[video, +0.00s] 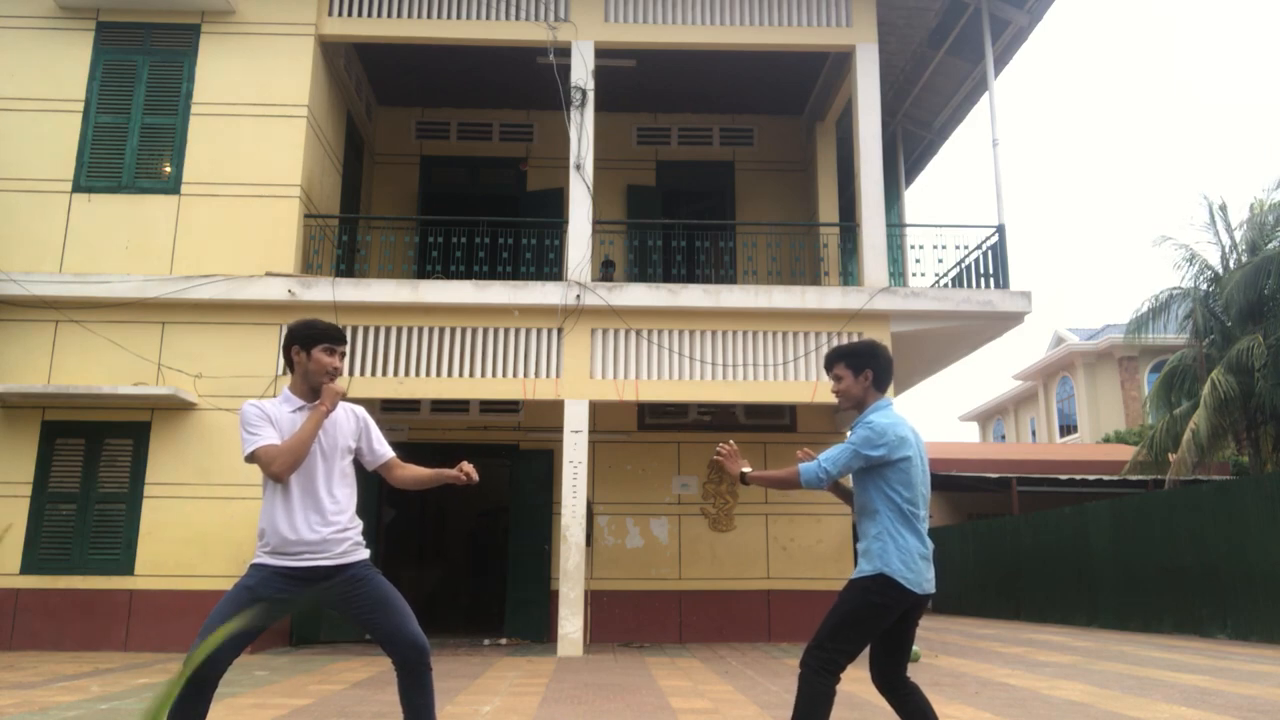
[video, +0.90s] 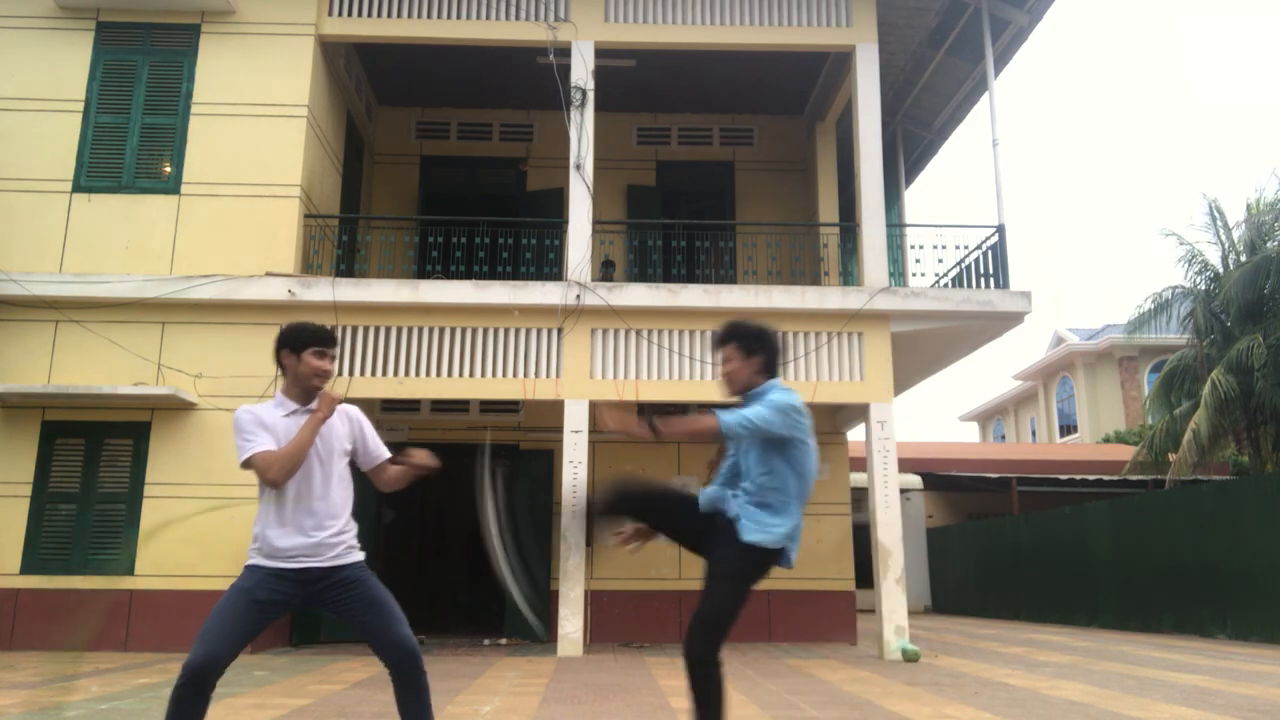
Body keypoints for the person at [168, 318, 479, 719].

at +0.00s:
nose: (337, 364)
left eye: (340, 356)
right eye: (327, 354)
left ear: (344, 361)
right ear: (295, 356)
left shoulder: (352, 416)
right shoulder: (258, 411)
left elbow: (396, 471)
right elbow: (277, 467)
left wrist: (448, 475)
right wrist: (323, 409)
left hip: (348, 566)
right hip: (276, 568)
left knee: (414, 650)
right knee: (203, 660)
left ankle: (423, 717)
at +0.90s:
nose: (328, 367)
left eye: (332, 358)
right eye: (318, 356)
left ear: (335, 364)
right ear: (287, 358)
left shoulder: (349, 416)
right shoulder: (252, 417)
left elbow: (385, 478)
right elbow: (274, 473)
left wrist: (413, 467)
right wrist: (318, 416)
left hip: (342, 568)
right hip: (272, 571)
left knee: (406, 655)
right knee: (198, 668)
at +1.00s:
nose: (290, 366)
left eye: (294, 358)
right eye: (279, 358)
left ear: (299, 366)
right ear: (251, 366)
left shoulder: (322, 418)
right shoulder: (225, 429)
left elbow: (365, 481)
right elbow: (251, 482)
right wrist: (295, 423)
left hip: (328, 573)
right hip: (256, 577)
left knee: (397, 656)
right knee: (182, 671)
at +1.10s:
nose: (224, 380)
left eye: (227, 371)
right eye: (212, 372)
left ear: (235, 377)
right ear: (188, 385)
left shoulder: (274, 423)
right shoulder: (178, 453)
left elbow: (320, 476)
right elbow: (207, 501)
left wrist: (298, 495)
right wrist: (240, 442)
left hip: (309, 576)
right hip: (238, 582)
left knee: (373, 662)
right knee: (151, 670)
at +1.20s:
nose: (173, 406)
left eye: (176, 398)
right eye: (159, 400)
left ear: (186, 404)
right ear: (134, 416)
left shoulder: (228, 436)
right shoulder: (141, 492)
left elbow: (289, 479)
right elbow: (177, 544)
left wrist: (282, 519)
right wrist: (188, 476)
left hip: (295, 578)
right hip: (225, 590)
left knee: (361, 668)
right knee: (132, 667)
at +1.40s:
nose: (125, 416)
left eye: (127, 407)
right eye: (110, 409)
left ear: (134, 413)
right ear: (81, 426)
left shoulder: (179, 444)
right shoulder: (93, 504)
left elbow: (238, 491)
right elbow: (137, 563)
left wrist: (252, 548)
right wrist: (141, 489)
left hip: (251, 586)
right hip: (180, 599)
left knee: (313, 681)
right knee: (89, 673)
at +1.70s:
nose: (123, 387)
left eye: (126, 379)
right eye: (109, 379)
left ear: (131, 384)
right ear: (77, 391)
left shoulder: (167, 427)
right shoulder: (67, 470)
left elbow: (221, 481)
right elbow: (103, 539)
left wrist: (220, 547)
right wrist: (130, 469)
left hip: (217, 574)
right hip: (152, 586)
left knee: (268, 672)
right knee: (81, 675)